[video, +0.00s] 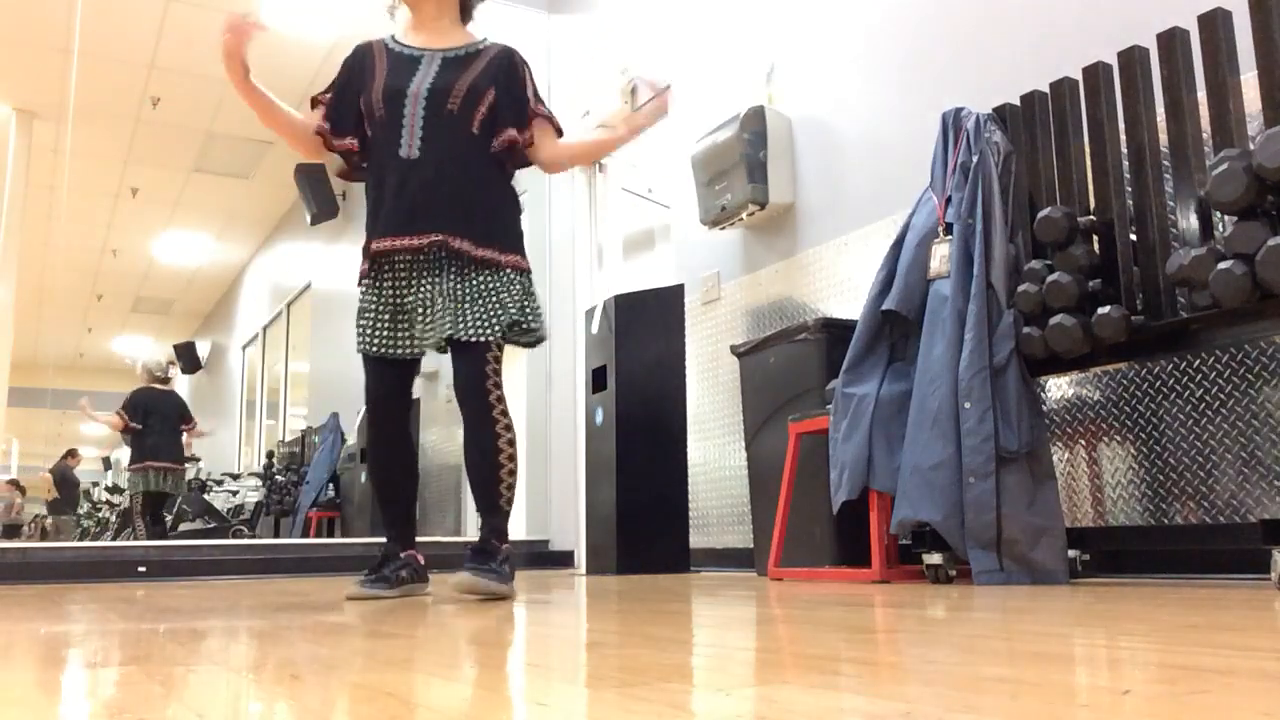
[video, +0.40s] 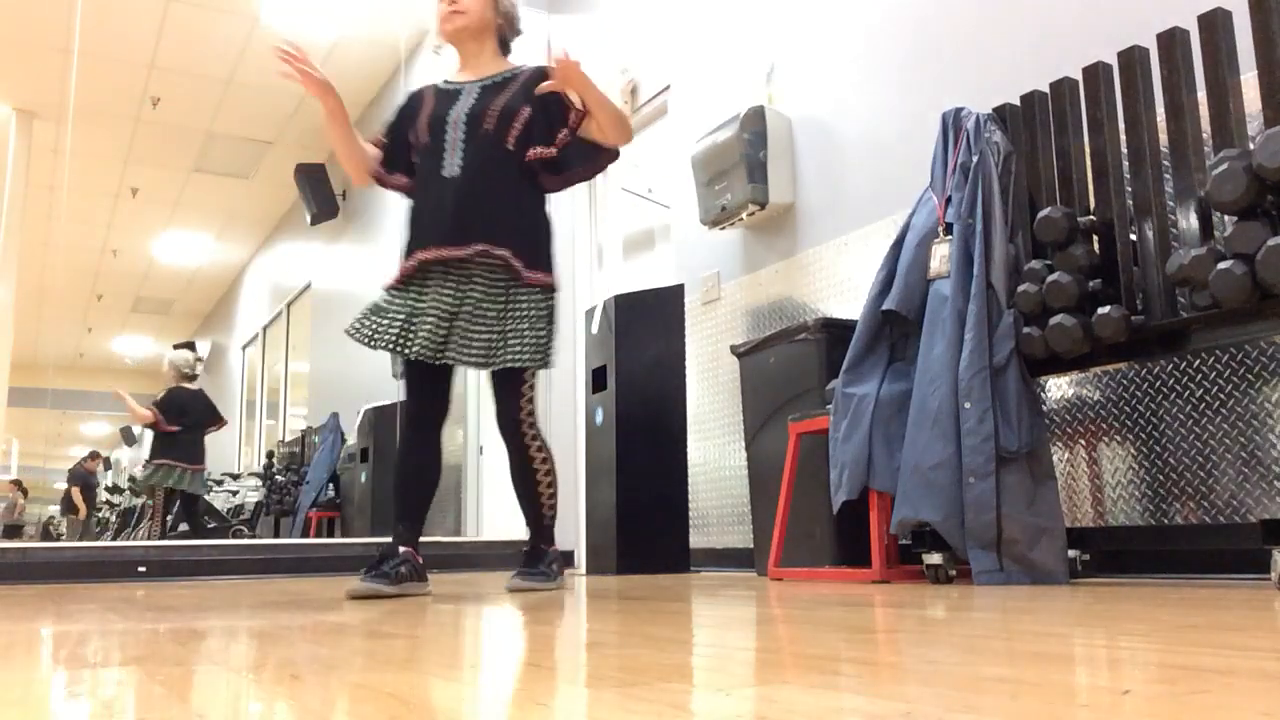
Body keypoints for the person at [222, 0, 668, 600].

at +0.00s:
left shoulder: (499, 61)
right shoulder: (370, 57)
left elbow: (550, 153)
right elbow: (317, 141)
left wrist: (629, 127)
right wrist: (242, 80)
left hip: (480, 249)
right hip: (394, 251)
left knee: (479, 386)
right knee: (385, 397)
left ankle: (492, 550)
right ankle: (402, 552)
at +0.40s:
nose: (444, 8)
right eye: (443, 2)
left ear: (497, 13)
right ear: (443, 24)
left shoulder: (534, 85)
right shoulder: (426, 100)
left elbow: (618, 135)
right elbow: (366, 171)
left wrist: (582, 86)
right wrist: (329, 100)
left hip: (510, 268)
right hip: (432, 268)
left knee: (515, 416)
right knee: (420, 415)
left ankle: (543, 552)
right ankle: (405, 555)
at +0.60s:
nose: (470, 17)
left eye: (485, 7)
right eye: (464, 10)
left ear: (518, 25)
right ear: (459, 30)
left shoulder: (553, 97)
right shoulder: (444, 113)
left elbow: (600, 177)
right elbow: (409, 198)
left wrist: (607, 143)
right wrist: (356, 154)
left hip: (539, 275)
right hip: (462, 279)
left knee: (533, 416)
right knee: (430, 406)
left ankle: (545, 553)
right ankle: (412, 549)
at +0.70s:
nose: (481, 29)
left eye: (496, 20)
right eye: (475, 23)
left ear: (529, 38)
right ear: (469, 43)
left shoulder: (560, 110)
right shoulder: (454, 122)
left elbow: (593, 194)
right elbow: (430, 214)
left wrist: (603, 184)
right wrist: (391, 219)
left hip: (545, 277)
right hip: (472, 281)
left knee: (538, 416)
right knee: (443, 403)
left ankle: (545, 553)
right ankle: (452, 551)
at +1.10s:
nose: (486, 31)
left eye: (501, 23)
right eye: (478, 27)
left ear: (532, 45)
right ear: (472, 51)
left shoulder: (555, 114)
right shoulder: (452, 119)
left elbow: (590, 191)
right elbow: (429, 204)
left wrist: (516, 149)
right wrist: (412, 278)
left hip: (529, 282)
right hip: (454, 282)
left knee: (534, 415)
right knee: (420, 409)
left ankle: (547, 550)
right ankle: (418, 545)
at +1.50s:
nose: (463, 40)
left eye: (477, 32)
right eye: (457, 36)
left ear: (509, 52)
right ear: (454, 60)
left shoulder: (528, 118)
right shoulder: (433, 126)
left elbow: (530, 192)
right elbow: (398, 204)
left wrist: (456, 220)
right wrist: (363, 238)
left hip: (494, 290)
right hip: (423, 288)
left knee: (482, 417)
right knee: (414, 422)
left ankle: (514, 549)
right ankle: (415, 553)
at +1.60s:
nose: (464, 39)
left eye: (479, 31)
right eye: (459, 35)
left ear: (510, 53)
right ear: (455, 58)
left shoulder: (531, 118)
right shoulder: (438, 129)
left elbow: (536, 197)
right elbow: (410, 211)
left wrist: (496, 257)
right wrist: (379, 227)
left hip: (501, 291)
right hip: (430, 289)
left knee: (492, 423)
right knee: (417, 425)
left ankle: (515, 551)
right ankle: (415, 553)